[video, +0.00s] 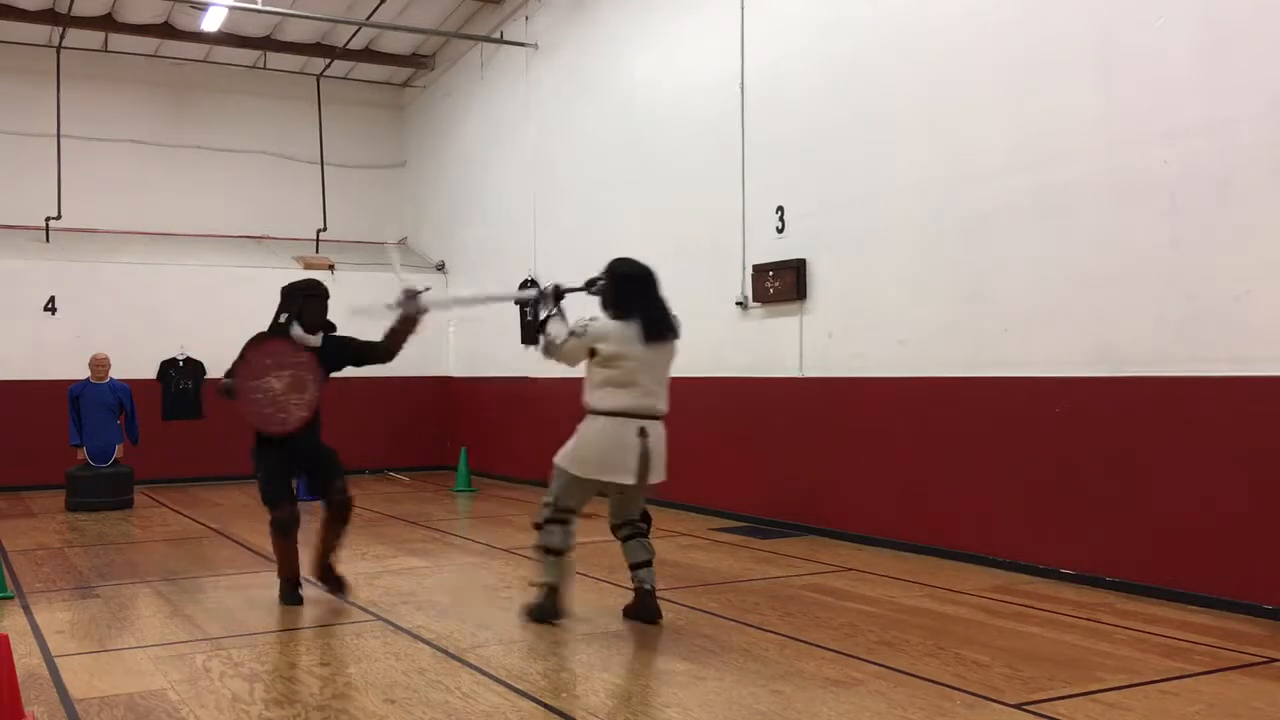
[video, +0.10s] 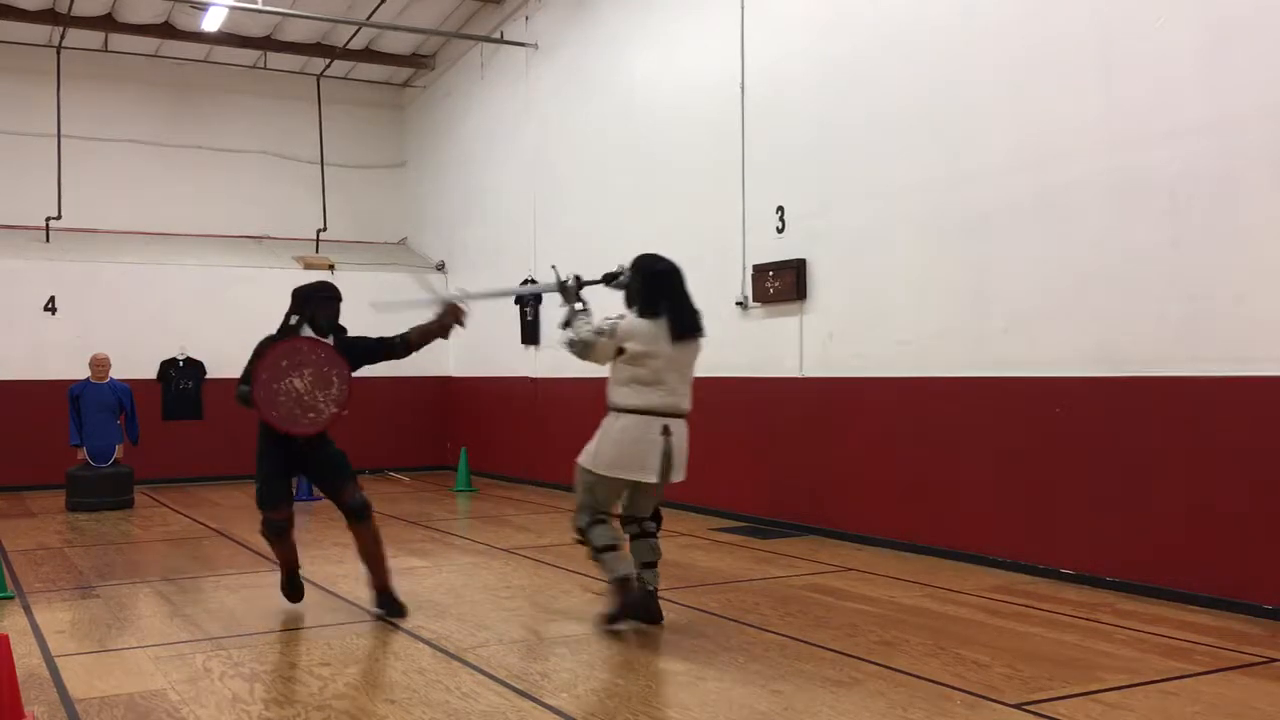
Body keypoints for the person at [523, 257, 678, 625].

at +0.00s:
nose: (603, 291)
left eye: (608, 285)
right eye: (605, 284)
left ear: (616, 292)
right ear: (648, 290)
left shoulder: (602, 330)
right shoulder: (666, 332)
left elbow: (561, 348)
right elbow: (645, 314)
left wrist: (551, 308)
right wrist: (613, 290)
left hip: (602, 434)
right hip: (649, 437)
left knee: (559, 512)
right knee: (629, 518)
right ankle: (646, 597)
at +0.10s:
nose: (629, 288)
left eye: (632, 282)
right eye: (628, 280)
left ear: (640, 289)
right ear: (675, 286)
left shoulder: (627, 328)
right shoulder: (690, 330)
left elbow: (585, 343)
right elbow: (663, 314)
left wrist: (576, 306)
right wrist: (635, 288)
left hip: (627, 432)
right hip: (673, 435)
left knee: (591, 514)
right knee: (641, 517)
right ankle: (648, 598)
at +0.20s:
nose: (652, 291)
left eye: (655, 285)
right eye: (651, 284)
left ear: (664, 290)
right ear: (697, 286)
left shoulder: (653, 330)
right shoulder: (713, 327)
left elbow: (609, 343)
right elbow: (691, 294)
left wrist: (594, 299)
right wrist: (652, 267)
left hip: (653, 436)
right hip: (696, 436)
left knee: (633, 528)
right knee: (655, 517)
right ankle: (647, 600)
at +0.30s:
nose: (675, 290)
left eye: (677, 283)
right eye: (674, 282)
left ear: (687, 288)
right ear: (719, 283)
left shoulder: (680, 331)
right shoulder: (740, 323)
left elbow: (631, 345)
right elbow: (719, 288)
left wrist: (615, 304)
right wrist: (677, 265)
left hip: (687, 436)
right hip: (728, 434)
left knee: (688, 531)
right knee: (676, 523)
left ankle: (743, 606)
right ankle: (655, 598)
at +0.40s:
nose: (695, 289)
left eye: (698, 282)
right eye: (693, 282)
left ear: (708, 286)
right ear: (743, 279)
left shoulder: (706, 331)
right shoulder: (765, 319)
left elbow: (656, 351)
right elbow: (733, 287)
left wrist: (632, 308)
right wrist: (690, 268)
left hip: (722, 441)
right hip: (762, 438)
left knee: (731, 534)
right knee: (710, 521)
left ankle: (760, 623)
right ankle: (684, 595)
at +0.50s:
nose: (722, 279)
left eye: (725, 273)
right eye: (720, 272)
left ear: (736, 278)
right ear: (772, 271)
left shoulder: (737, 325)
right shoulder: (792, 313)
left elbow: (692, 361)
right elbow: (753, 293)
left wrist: (660, 327)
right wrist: (708, 281)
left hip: (753, 433)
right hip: (794, 430)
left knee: (738, 524)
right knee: (749, 514)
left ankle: (760, 621)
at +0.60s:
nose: (750, 270)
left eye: (754, 263)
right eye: (752, 262)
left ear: (764, 269)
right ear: (799, 266)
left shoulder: (766, 320)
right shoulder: (819, 308)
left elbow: (733, 372)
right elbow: (775, 298)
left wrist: (695, 351)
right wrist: (733, 298)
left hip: (778, 434)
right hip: (823, 429)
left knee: (758, 526)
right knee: (798, 516)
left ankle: (765, 623)